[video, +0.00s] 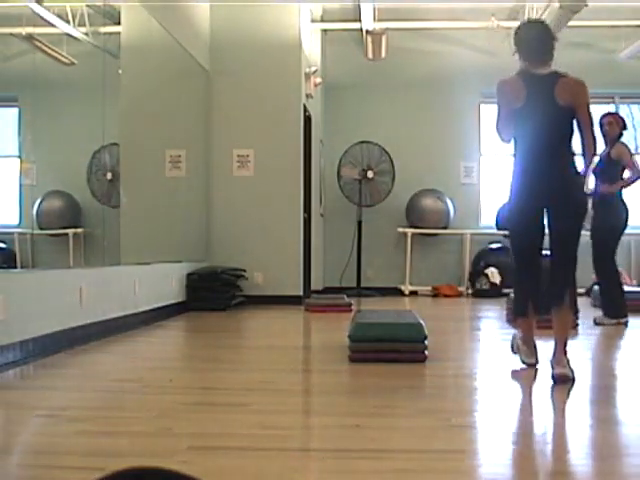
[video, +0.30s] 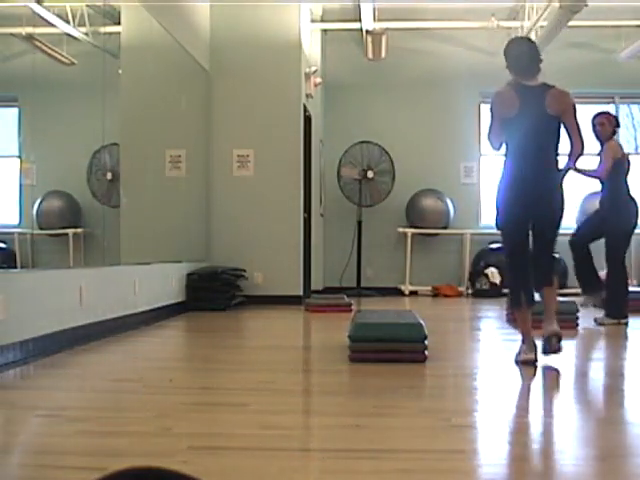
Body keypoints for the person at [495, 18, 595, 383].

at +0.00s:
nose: (525, 54)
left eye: (521, 48)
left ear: (519, 51)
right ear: (553, 49)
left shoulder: (507, 87)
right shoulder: (573, 87)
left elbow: (504, 133)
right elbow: (589, 140)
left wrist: (522, 110)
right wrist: (587, 172)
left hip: (526, 186)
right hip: (565, 186)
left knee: (525, 265)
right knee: (563, 268)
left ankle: (526, 342)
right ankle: (560, 356)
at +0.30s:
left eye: (509, 64)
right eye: (535, 58)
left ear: (509, 66)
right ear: (539, 62)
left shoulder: (502, 97)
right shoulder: (559, 97)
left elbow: (494, 141)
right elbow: (578, 146)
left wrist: (508, 121)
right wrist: (565, 171)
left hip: (513, 190)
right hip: (548, 189)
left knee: (516, 263)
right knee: (544, 256)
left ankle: (528, 342)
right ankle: (551, 324)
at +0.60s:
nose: (501, 85)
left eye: (503, 80)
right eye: (501, 80)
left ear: (511, 80)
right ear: (528, 81)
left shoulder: (515, 109)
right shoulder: (542, 112)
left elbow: (515, 154)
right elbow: (561, 154)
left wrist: (502, 150)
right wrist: (542, 173)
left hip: (520, 189)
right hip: (538, 190)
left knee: (507, 259)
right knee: (524, 260)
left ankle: (532, 329)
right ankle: (537, 330)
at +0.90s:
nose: (489, 86)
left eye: (493, 81)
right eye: (490, 81)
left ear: (508, 83)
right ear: (506, 83)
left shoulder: (517, 111)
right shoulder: (511, 112)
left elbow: (541, 151)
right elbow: (517, 158)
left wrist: (517, 180)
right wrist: (503, 188)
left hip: (525, 190)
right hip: (525, 190)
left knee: (504, 255)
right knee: (531, 258)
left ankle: (520, 329)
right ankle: (544, 328)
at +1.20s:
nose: (480, 86)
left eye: (485, 82)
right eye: (481, 82)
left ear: (501, 86)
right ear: (500, 87)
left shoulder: (507, 114)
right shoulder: (508, 114)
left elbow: (488, 158)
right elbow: (540, 149)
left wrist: (450, 150)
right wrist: (568, 178)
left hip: (531, 197)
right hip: (530, 196)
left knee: (529, 265)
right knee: (479, 241)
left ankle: (528, 337)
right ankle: (505, 304)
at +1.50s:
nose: (482, 85)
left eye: (487, 80)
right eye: (483, 80)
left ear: (503, 83)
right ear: (501, 84)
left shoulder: (509, 111)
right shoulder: (506, 112)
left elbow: (520, 156)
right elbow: (499, 160)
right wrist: (466, 183)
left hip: (520, 188)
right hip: (517, 187)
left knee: (509, 256)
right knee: (508, 255)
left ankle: (521, 328)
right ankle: (517, 326)